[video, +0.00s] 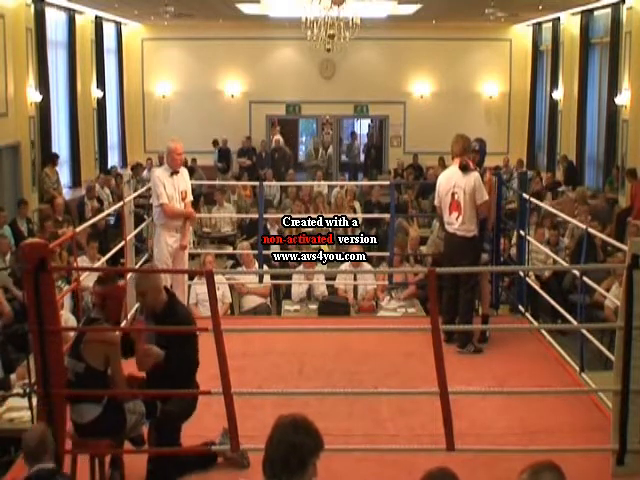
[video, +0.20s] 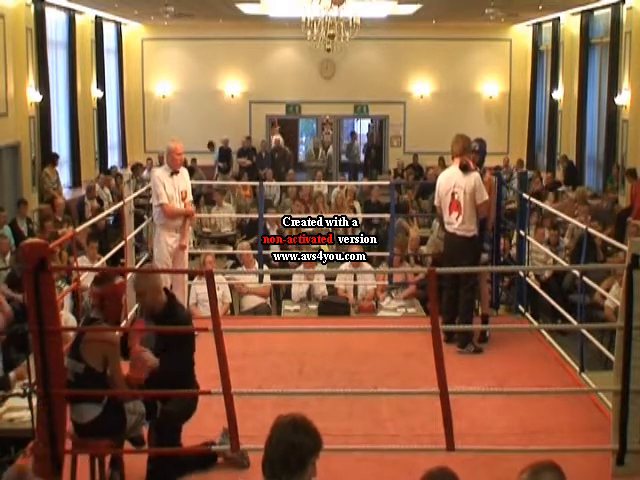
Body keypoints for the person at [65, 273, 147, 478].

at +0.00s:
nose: (123, 306)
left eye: (123, 299)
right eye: (120, 299)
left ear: (97, 300)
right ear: (107, 301)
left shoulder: (86, 325)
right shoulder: (109, 334)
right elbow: (120, 390)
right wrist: (138, 393)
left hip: (79, 421)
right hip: (98, 423)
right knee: (138, 406)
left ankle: (116, 463)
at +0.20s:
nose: (123, 305)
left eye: (122, 298)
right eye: (118, 299)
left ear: (97, 301)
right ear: (104, 302)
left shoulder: (86, 326)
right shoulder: (108, 334)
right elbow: (120, 390)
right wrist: (138, 390)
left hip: (80, 421)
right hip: (98, 423)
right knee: (138, 407)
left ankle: (116, 463)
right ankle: (115, 464)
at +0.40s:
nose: (119, 303)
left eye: (118, 296)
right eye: (114, 298)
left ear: (94, 301)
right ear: (100, 301)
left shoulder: (84, 327)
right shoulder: (107, 339)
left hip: (79, 421)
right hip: (98, 423)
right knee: (138, 407)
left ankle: (116, 462)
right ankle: (115, 463)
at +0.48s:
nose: (120, 302)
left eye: (118, 296)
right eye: (114, 297)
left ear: (94, 301)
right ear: (99, 301)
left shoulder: (84, 327)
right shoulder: (107, 339)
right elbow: (115, 387)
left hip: (79, 420)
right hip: (96, 423)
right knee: (137, 407)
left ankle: (116, 462)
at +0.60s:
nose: (116, 301)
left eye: (116, 295)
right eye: (112, 296)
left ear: (93, 299)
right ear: (99, 300)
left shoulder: (82, 329)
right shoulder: (105, 339)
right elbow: (115, 385)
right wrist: (135, 385)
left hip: (79, 420)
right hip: (97, 423)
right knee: (136, 408)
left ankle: (115, 462)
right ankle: (134, 432)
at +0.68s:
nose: (118, 301)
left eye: (116, 294)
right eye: (114, 296)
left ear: (92, 301)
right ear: (101, 301)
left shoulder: (81, 330)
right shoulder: (105, 340)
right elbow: (115, 387)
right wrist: (134, 387)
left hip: (78, 420)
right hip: (96, 424)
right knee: (136, 409)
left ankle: (115, 462)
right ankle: (133, 431)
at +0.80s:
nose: (118, 302)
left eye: (117, 296)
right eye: (114, 297)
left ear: (92, 302)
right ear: (104, 302)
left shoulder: (80, 331)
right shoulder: (107, 340)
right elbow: (115, 383)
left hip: (78, 421)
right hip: (96, 424)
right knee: (137, 407)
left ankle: (116, 461)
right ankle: (134, 433)